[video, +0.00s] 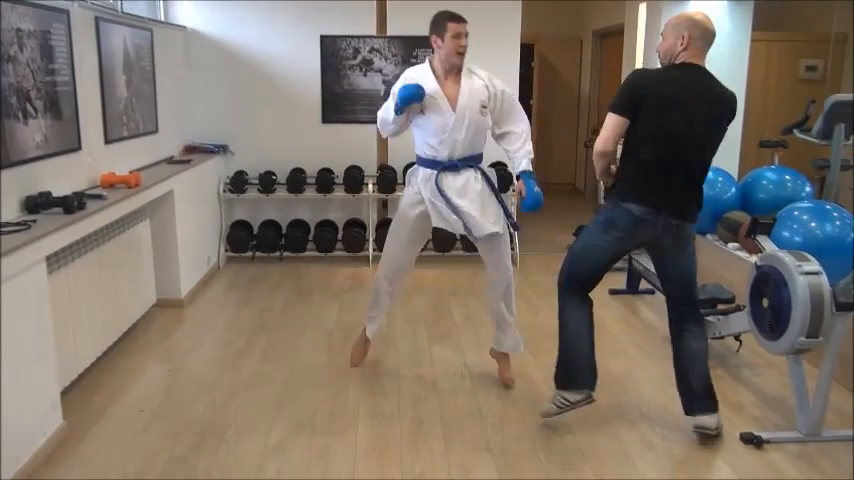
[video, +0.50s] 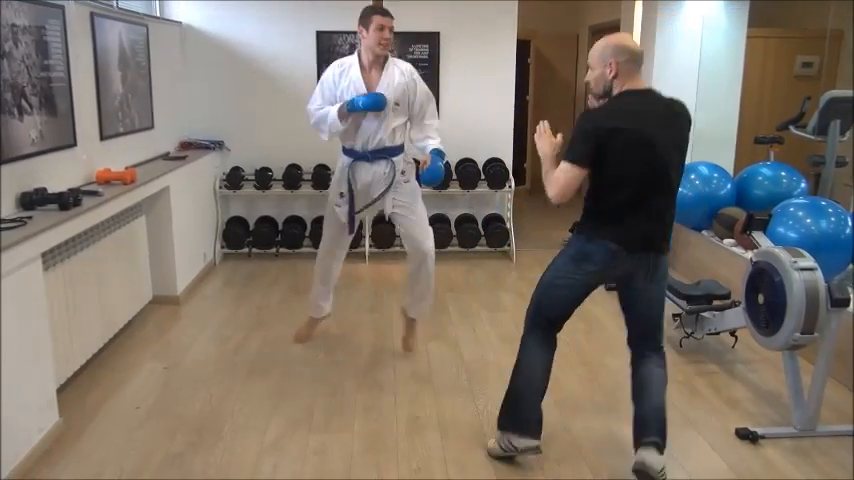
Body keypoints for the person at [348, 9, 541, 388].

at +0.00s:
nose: (464, 44)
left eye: (466, 37)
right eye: (457, 37)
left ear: (467, 41)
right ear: (436, 41)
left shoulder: (486, 85)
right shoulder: (413, 80)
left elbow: (514, 129)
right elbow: (386, 128)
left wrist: (524, 174)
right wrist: (398, 107)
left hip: (474, 184)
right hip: (425, 184)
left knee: (502, 269)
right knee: (392, 264)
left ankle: (503, 348)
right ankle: (368, 331)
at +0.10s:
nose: (445, 58)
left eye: (448, 52)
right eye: (437, 52)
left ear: (450, 57)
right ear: (418, 57)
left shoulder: (470, 98)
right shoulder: (401, 99)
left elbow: (501, 145)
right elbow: (386, 154)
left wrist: (522, 194)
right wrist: (393, 133)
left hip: (467, 197)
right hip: (419, 198)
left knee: (495, 279)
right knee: (386, 273)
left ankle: (496, 358)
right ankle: (369, 324)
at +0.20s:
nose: (429, 73)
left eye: (433, 67)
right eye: (422, 66)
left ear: (437, 73)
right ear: (404, 72)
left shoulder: (451, 110)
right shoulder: (391, 113)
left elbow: (481, 155)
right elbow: (380, 168)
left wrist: (508, 203)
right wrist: (388, 159)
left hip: (449, 206)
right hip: (406, 208)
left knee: (479, 288)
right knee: (386, 275)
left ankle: (492, 359)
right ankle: (375, 328)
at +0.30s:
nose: (419, 50)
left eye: (422, 45)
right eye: (411, 44)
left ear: (424, 51)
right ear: (392, 49)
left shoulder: (436, 89)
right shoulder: (373, 89)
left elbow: (455, 141)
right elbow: (359, 137)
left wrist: (474, 188)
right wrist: (379, 137)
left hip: (429, 186)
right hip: (384, 186)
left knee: (459, 266)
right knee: (367, 259)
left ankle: (488, 350)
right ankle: (368, 323)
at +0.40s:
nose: (403, 33)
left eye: (407, 27)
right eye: (397, 26)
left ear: (409, 33)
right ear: (378, 30)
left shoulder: (422, 72)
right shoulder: (355, 71)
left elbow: (438, 126)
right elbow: (336, 117)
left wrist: (447, 161)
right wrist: (364, 114)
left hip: (414, 170)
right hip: (368, 169)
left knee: (440, 248)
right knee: (348, 245)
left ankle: (454, 324)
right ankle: (338, 312)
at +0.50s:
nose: (387, 36)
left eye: (390, 31)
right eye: (380, 29)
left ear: (394, 36)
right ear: (361, 32)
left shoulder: (407, 75)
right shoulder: (338, 72)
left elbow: (425, 122)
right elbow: (317, 117)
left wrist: (430, 154)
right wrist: (351, 106)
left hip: (398, 170)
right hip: (351, 170)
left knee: (423, 248)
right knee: (331, 245)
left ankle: (412, 316)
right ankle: (318, 312)